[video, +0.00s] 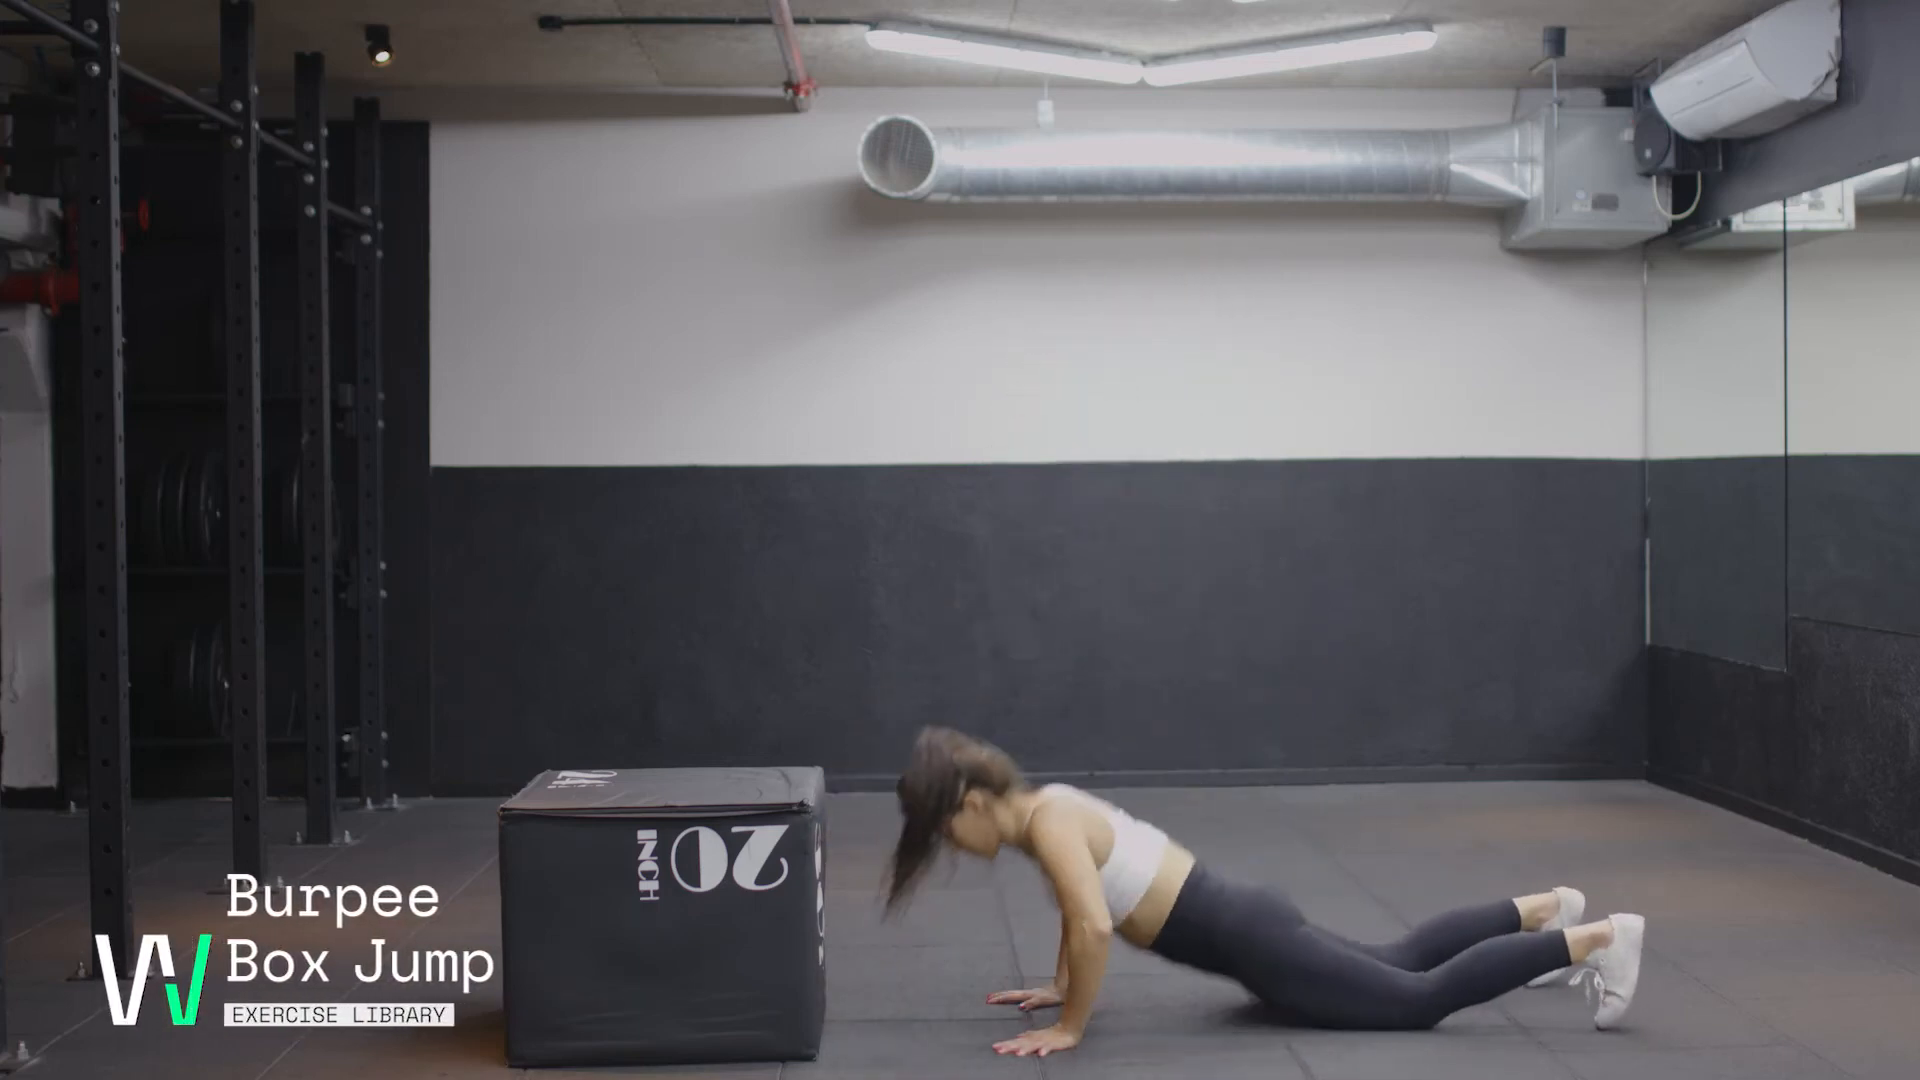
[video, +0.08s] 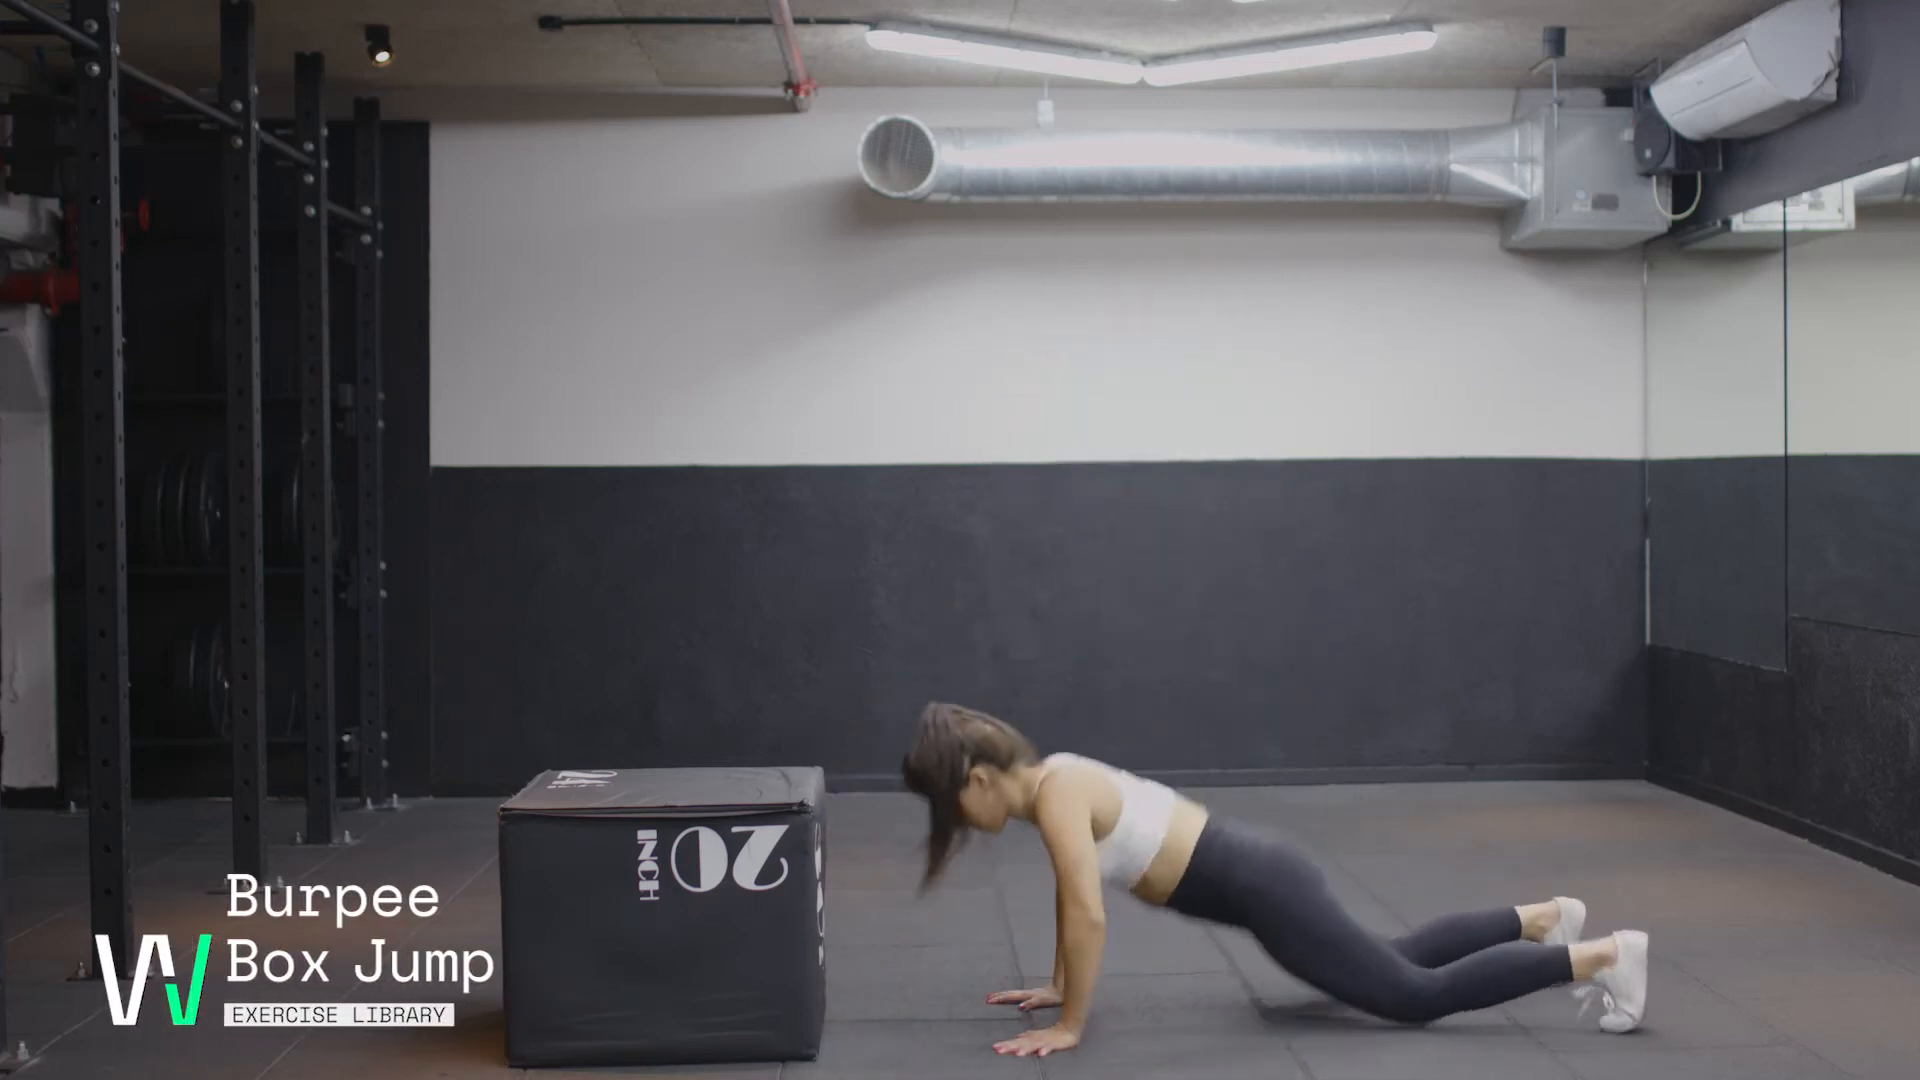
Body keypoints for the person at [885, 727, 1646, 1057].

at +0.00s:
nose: (954, 845)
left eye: (949, 829)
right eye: (944, 832)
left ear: (976, 801)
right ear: (979, 793)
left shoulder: (1052, 829)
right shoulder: (1047, 809)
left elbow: (1092, 934)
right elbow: (1081, 918)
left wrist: (1071, 1025)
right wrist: (1059, 988)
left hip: (1244, 936)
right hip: (1243, 920)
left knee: (1421, 999)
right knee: (1397, 966)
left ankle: (1587, 943)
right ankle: (1545, 910)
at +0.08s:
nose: (963, 819)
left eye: (957, 803)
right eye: (954, 806)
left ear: (981, 777)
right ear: (984, 771)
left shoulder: (1059, 798)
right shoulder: (1053, 784)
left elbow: (1085, 918)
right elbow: (1075, 903)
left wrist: (1071, 1023)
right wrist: (1060, 988)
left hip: (1264, 885)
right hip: (1260, 875)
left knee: (1415, 997)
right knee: (1393, 966)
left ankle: (1593, 958)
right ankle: (1541, 921)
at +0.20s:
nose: (954, 802)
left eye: (945, 790)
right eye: (943, 792)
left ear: (967, 767)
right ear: (977, 749)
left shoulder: (1053, 771)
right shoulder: (1042, 762)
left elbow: (1070, 906)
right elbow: (1064, 894)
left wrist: (1070, 1024)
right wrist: (1058, 986)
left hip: (1265, 783)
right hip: (1258, 772)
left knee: (1409, 919)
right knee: (1400, 890)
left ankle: (1603, 953)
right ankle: (1540, 911)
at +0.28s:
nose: (979, 823)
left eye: (967, 808)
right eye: (963, 815)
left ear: (984, 779)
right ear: (985, 768)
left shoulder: (1062, 766)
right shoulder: (1046, 758)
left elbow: (1073, 902)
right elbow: (1063, 891)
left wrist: (1069, 1028)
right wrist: (1060, 990)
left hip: (1266, 707)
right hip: (1255, 709)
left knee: (1381, 871)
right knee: (1377, 853)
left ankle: (1567, 925)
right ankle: (1526, 900)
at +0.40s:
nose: (1048, 847)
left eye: (1037, 839)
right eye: (1036, 845)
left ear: (1037, 800)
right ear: (1037, 789)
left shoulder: (1111, 765)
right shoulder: (1087, 757)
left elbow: (1098, 908)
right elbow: (1086, 890)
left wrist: (1070, 1025)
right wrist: (1060, 989)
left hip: (1281, 624)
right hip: (1259, 628)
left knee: (1312, 820)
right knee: (1310, 814)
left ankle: (1449, 947)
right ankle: (1409, 928)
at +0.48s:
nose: (1081, 852)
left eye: (1071, 841)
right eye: (1068, 850)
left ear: (1074, 801)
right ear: (1072, 790)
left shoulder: (1139, 772)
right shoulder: (1112, 764)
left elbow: (1113, 912)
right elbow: (1100, 887)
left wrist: (1072, 1026)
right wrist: (1062, 988)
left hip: (1301, 613)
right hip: (1279, 610)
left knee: (1278, 802)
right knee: (1271, 798)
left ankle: (1349, 983)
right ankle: (1322, 948)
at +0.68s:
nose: (1069, 787)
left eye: (1060, 778)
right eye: (1059, 783)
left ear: (1074, 742)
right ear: (1074, 735)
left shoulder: (1148, 736)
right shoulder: (1123, 728)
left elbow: (1115, 872)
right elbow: (1092, 855)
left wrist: (1064, 984)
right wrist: (1051, 953)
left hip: (1354, 649)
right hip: (1324, 647)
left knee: (1257, 808)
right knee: (1243, 801)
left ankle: (1312, 997)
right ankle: (1288, 965)